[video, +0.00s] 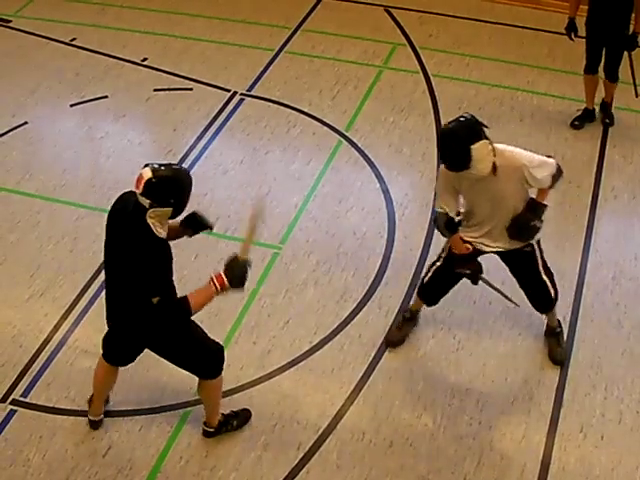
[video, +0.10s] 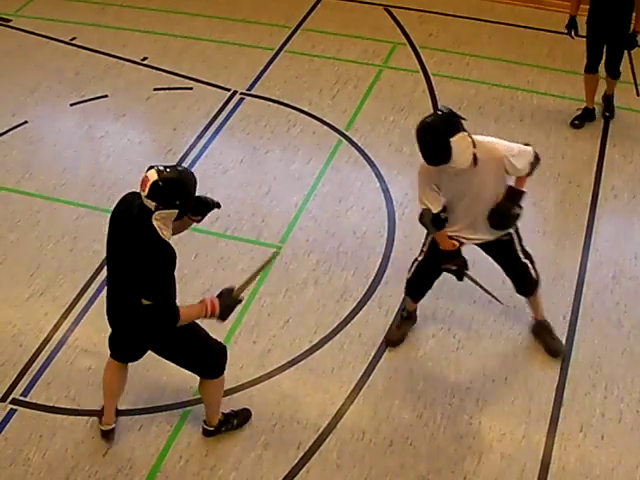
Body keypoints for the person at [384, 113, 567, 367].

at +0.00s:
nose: (481, 169)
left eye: (480, 162)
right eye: (473, 166)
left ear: (484, 149)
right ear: (459, 163)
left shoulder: (514, 160)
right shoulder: (450, 173)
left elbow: (552, 171)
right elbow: (442, 213)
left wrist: (535, 210)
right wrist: (453, 238)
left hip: (515, 240)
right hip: (471, 238)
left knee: (542, 293)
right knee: (434, 284)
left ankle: (553, 325)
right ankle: (412, 313)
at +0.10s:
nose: (460, 162)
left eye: (459, 155)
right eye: (452, 160)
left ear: (462, 141)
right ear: (437, 157)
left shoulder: (492, 150)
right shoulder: (430, 170)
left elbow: (528, 159)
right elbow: (430, 213)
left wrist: (512, 200)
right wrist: (445, 245)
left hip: (494, 227)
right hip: (452, 229)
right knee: (419, 279)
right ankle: (406, 314)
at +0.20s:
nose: (425, 152)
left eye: (430, 146)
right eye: (420, 148)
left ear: (442, 133)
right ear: (413, 140)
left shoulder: (474, 137)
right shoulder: (413, 162)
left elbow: (511, 149)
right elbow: (419, 210)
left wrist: (496, 190)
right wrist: (434, 243)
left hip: (479, 218)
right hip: (437, 225)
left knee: (504, 270)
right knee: (414, 278)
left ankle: (515, 305)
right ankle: (408, 312)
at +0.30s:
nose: (430, 141)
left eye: (433, 135)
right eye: (423, 137)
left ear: (443, 120)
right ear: (414, 131)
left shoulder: (474, 127)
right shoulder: (412, 151)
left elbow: (508, 142)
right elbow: (416, 199)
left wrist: (492, 182)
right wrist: (435, 236)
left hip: (475, 211)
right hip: (434, 217)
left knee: (498, 265)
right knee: (416, 269)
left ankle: (486, 287)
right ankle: (414, 311)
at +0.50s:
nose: (456, 134)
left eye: (459, 127)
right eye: (449, 130)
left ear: (469, 113)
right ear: (437, 123)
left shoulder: (493, 128)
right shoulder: (426, 141)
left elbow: (515, 154)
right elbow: (422, 189)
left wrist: (497, 188)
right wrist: (436, 231)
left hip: (475, 213)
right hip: (438, 215)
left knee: (476, 259)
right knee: (431, 272)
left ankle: (460, 262)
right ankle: (438, 319)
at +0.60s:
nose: (459, 141)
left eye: (466, 137)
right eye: (455, 136)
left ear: (482, 127)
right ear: (450, 124)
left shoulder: (501, 140)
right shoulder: (438, 141)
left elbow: (516, 166)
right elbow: (407, 190)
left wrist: (496, 197)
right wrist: (428, 230)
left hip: (472, 221)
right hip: (434, 220)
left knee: (482, 255)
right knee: (431, 286)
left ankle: (446, 243)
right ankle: (446, 327)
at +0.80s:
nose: (477, 156)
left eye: (483, 152)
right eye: (475, 149)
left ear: (488, 148)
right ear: (464, 138)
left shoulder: (480, 160)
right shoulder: (443, 160)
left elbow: (481, 184)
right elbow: (411, 176)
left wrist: (471, 209)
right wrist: (392, 196)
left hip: (442, 214)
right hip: (415, 217)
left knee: (461, 239)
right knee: (436, 278)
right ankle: (430, 324)